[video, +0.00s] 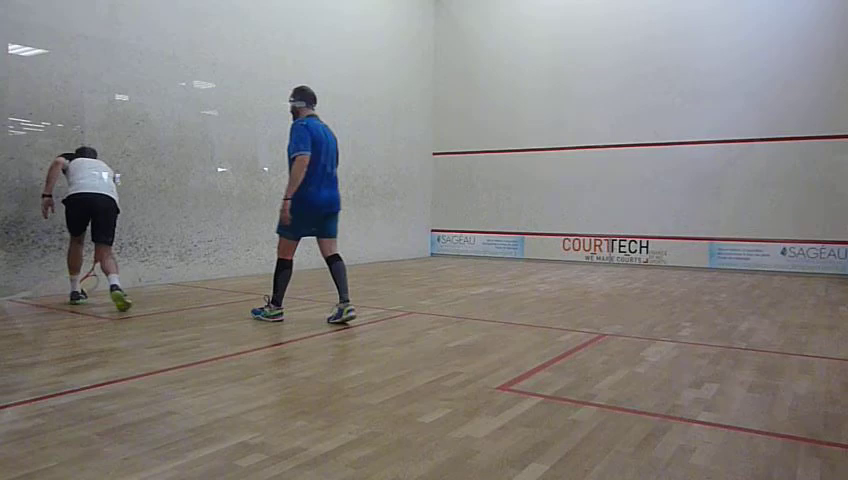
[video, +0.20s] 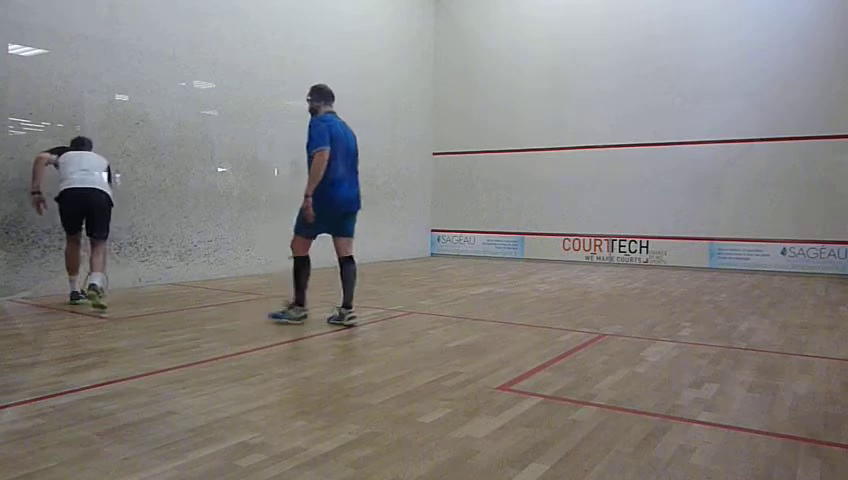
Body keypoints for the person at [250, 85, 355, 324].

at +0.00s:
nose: (291, 110)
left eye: (292, 106)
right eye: (291, 106)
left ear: (297, 106)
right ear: (313, 106)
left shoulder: (300, 127)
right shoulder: (327, 131)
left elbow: (302, 160)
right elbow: (331, 168)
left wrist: (287, 197)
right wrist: (324, 196)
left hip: (303, 200)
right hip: (330, 200)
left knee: (285, 251)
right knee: (330, 249)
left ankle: (275, 305)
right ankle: (345, 303)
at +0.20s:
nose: (308, 106)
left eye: (310, 102)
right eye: (308, 102)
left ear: (319, 103)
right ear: (331, 103)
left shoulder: (320, 123)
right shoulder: (346, 128)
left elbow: (321, 156)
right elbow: (352, 166)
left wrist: (308, 194)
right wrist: (349, 197)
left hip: (324, 197)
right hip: (349, 199)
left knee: (299, 246)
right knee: (345, 249)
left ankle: (298, 307)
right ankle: (347, 309)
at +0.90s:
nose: (384, 92)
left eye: (385, 87)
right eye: (385, 87)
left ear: (391, 87)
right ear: (410, 89)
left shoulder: (394, 114)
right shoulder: (427, 119)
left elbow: (391, 152)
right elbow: (439, 161)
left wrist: (369, 188)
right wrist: (435, 195)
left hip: (398, 199)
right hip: (425, 199)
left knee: (391, 255)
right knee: (419, 251)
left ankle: (394, 323)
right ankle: (450, 307)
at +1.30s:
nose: (447, 94)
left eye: (448, 89)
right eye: (448, 89)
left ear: (454, 89)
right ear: (473, 88)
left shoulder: (464, 108)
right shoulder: (485, 110)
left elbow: (481, 132)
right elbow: (507, 141)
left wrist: (456, 173)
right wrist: (474, 155)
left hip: (473, 196)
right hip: (496, 197)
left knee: (443, 254)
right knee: (495, 257)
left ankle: (439, 327)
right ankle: (507, 328)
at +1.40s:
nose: (461, 91)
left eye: (462, 86)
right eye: (461, 86)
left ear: (469, 86)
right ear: (487, 84)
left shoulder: (477, 105)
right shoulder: (501, 106)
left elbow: (490, 132)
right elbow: (527, 123)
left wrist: (462, 170)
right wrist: (496, 133)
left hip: (487, 194)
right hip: (509, 194)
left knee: (464, 255)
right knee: (501, 255)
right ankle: (508, 328)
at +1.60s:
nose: (488, 91)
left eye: (490, 86)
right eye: (488, 85)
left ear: (498, 84)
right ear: (514, 83)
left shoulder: (505, 109)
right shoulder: (531, 106)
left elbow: (500, 150)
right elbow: (561, 126)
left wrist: (468, 162)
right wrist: (528, 137)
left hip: (522, 199)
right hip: (533, 196)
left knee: (526, 263)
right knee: (514, 263)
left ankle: (581, 321)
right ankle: (509, 329)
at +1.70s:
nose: (498, 93)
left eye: (499, 88)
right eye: (498, 87)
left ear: (509, 87)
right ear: (525, 85)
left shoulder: (517, 113)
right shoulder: (545, 109)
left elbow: (503, 159)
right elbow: (576, 136)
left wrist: (472, 158)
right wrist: (547, 160)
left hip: (543, 201)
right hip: (545, 198)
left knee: (559, 266)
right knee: (523, 260)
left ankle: (601, 333)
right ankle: (511, 329)